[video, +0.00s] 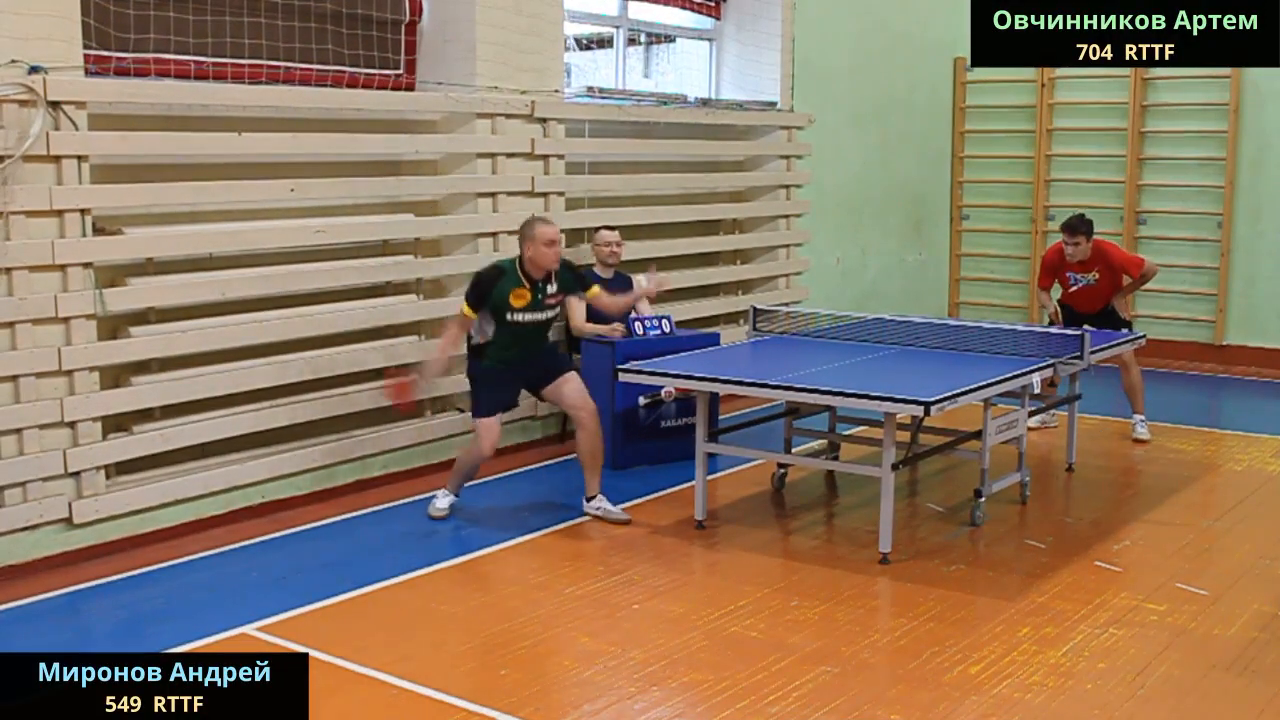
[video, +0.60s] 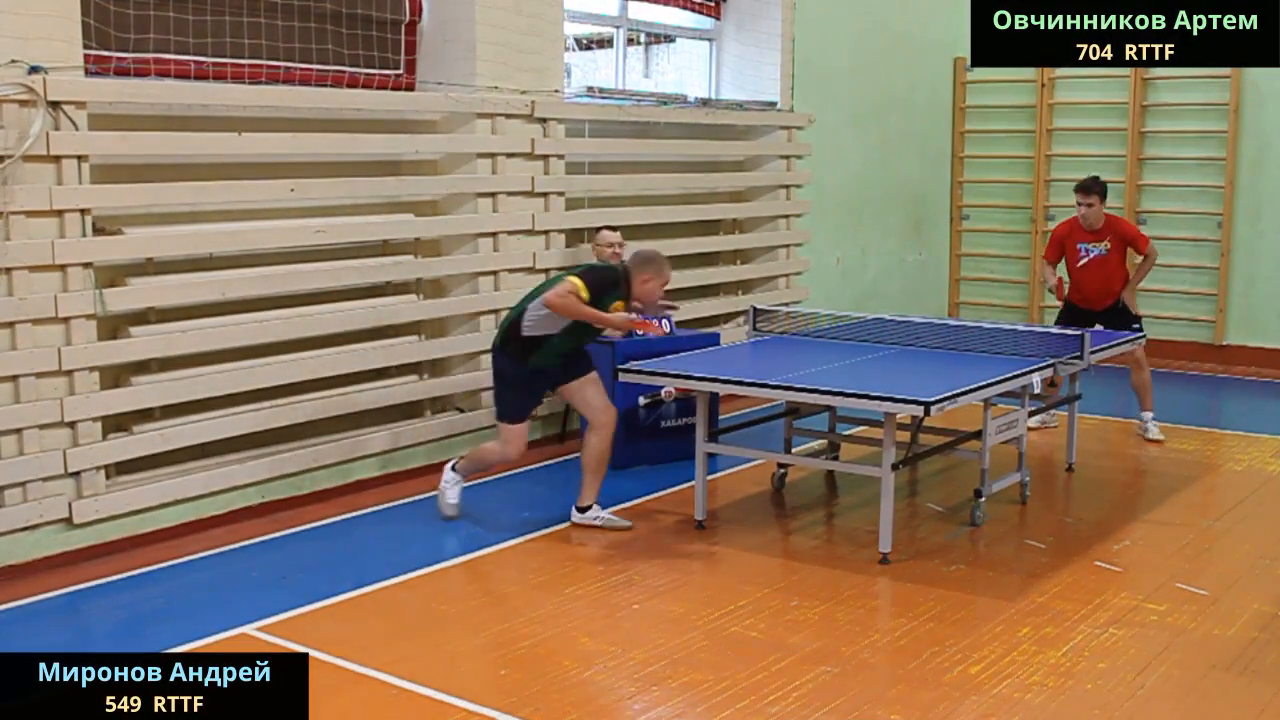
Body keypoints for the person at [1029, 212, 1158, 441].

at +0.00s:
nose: (1069, 250)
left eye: (1075, 245)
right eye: (1065, 244)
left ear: (1090, 241)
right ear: (1061, 240)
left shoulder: (1108, 253)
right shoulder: (1053, 257)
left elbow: (1150, 270)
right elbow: (1043, 289)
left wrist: (1122, 295)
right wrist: (1050, 307)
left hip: (1107, 311)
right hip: (1071, 312)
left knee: (1127, 358)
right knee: (1049, 356)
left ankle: (1139, 419)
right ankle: (1048, 411)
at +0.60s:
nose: (1081, 211)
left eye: (1087, 205)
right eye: (1078, 205)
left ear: (1102, 205)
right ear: (1074, 204)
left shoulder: (1120, 229)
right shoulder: (1064, 232)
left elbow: (1151, 254)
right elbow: (1048, 263)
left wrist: (1131, 288)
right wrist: (1052, 280)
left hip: (1115, 308)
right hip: (1076, 308)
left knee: (1138, 355)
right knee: (1053, 360)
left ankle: (1147, 418)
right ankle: (1048, 411)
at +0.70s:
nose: (1083, 210)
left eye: (1089, 204)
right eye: (1080, 204)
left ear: (1104, 204)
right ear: (1077, 203)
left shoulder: (1123, 228)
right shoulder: (1067, 231)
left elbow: (1154, 253)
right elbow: (1048, 263)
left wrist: (1134, 288)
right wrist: (1048, 281)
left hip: (1118, 309)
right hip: (1078, 309)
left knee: (1140, 357)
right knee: (1052, 359)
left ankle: (1157, 418)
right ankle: (1048, 411)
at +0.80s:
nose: (1080, 215)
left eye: (1086, 209)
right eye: (1077, 208)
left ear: (1102, 208)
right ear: (1075, 207)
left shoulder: (1122, 233)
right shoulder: (1065, 237)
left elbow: (1154, 258)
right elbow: (1041, 264)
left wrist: (1144, 293)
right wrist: (1035, 281)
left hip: (1119, 314)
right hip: (1078, 313)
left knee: (1140, 364)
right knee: (1044, 357)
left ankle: (1157, 419)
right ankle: (1038, 408)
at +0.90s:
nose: (1069, 221)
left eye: (1074, 216)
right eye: (1066, 215)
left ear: (1090, 213)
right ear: (1063, 212)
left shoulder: (1110, 236)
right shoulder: (1056, 238)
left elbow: (1147, 262)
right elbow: (1020, 260)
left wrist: (1150, 297)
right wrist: (1016, 280)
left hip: (1114, 315)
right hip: (1073, 313)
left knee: (1136, 365)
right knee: (1036, 354)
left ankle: (1156, 419)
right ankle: (1018, 410)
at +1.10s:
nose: (1042, 242)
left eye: (1048, 237)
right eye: (1039, 236)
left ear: (1061, 232)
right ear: (1034, 228)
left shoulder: (1077, 244)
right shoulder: (1022, 240)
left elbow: (1111, 263)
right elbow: (982, 254)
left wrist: (1133, 296)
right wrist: (996, 272)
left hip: (1080, 314)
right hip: (1041, 314)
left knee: (1106, 360)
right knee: (1012, 357)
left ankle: (1141, 416)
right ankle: (1016, 412)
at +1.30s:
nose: (1039, 231)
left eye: (1045, 227)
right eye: (1036, 224)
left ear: (1057, 223)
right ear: (1031, 217)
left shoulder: (1067, 235)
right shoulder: (1020, 229)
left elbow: (1095, 259)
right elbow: (1002, 246)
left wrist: (1117, 293)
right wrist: (985, 262)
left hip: (1066, 306)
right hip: (1029, 309)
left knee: (1095, 354)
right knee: (1006, 355)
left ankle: (1122, 410)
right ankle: (1014, 411)